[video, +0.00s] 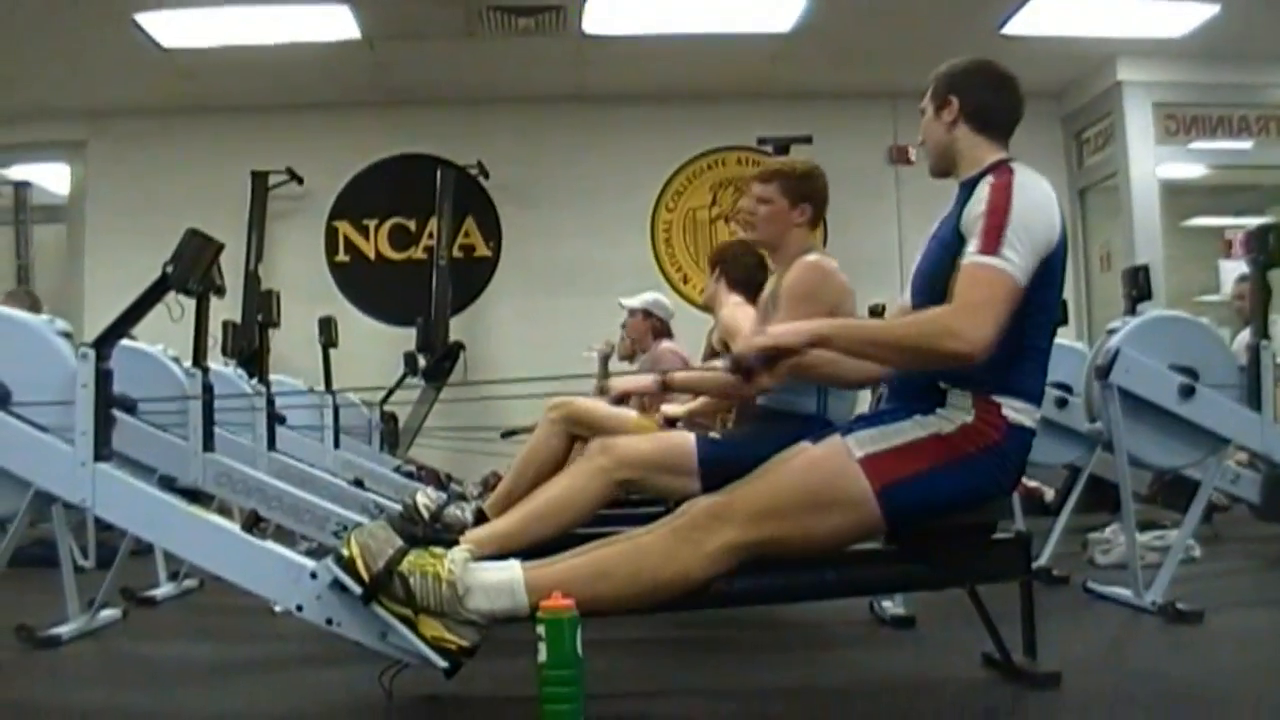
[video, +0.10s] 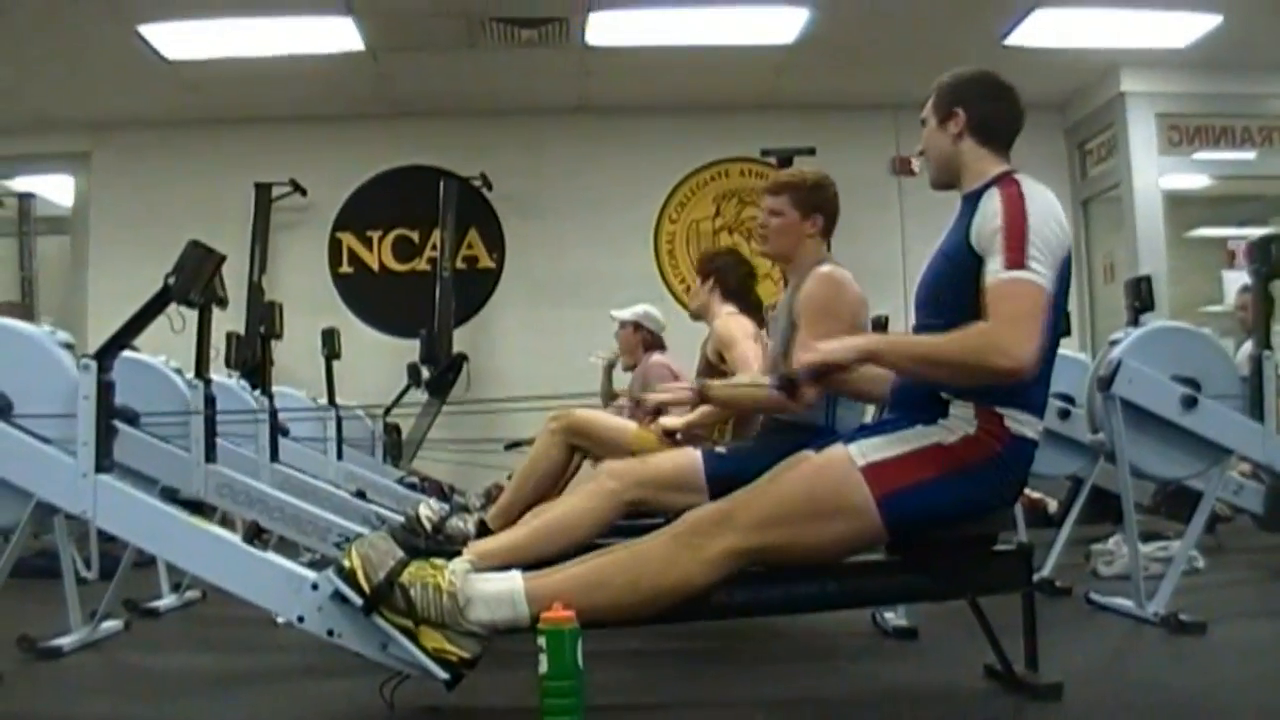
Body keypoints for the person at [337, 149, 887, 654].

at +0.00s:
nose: (747, 212)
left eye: (760, 203)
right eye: (748, 202)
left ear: (801, 215)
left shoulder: (811, 276)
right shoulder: (778, 287)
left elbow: (761, 371)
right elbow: (748, 390)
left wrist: (667, 385)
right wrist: (678, 413)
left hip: (766, 445)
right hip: (741, 436)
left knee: (570, 418)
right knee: (591, 439)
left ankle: (478, 530)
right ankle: (477, 535)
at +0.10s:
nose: (689, 291)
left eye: (696, 281)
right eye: (693, 282)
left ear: (714, 283)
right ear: (725, 286)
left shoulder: (730, 325)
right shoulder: (723, 331)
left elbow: (751, 387)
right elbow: (729, 393)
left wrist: (683, 420)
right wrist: (669, 409)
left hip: (694, 448)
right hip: (691, 443)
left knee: (562, 424)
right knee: (568, 426)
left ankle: (491, 526)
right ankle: (504, 525)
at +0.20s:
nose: (684, 289)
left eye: (691, 280)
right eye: (686, 280)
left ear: (712, 282)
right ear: (718, 284)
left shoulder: (730, 326)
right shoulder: (731, 328)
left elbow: (757, 387)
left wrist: (689, 419)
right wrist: (690, 413)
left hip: (700, 449)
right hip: (703, 444)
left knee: (570, 425)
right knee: (575, 430)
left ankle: (499, 525)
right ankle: (506, 523)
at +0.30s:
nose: (671, 279)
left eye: (678, 269)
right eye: (672, 270)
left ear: (702, 272)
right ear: (705, 274)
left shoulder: (720, 316)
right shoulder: (710, 319)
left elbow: (751, 372)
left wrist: (691, 411)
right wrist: (651, 405)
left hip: (702, 443)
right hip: (689, 436)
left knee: (567, 411)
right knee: (572, 411)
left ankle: (496, 512)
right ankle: (505, 509)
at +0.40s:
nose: (658, 276)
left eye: (663, 266)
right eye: (659, 267)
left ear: (687, 269)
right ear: (691, 271)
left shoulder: (708, 312)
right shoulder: (697, 316)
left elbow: (741, 364)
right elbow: (687, 384)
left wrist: (682, 409)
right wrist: (636, 402)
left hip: (698, 441)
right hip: (687, 435)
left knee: (565, 406)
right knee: (572, 413)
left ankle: (496, 510)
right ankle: (504, 511)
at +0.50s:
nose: (631, 287)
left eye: (639, 277)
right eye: (633, 277)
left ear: (664, 281)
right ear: (662, 282)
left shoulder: (683, 324)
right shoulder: (664, 329)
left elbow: (721, 375)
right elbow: (663, 393)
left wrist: (659, 422)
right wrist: (605, 415)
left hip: (681, 450)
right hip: (663, 442)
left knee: (553, 415)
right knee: (571, 450)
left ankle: (486, 521)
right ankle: (496, 522)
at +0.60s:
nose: (576, 285)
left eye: (582, 276)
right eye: (577, 277)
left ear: (607, 280)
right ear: (608, 280)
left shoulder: (631, 321)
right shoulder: (618, 325)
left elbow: (673, 373)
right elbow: (613, 391)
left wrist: (611, 419)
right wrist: (558, 412)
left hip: (625, 453)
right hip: (613, 446)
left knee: (508, 410)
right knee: (517, 430)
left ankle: (443, 520)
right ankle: (454, 522)